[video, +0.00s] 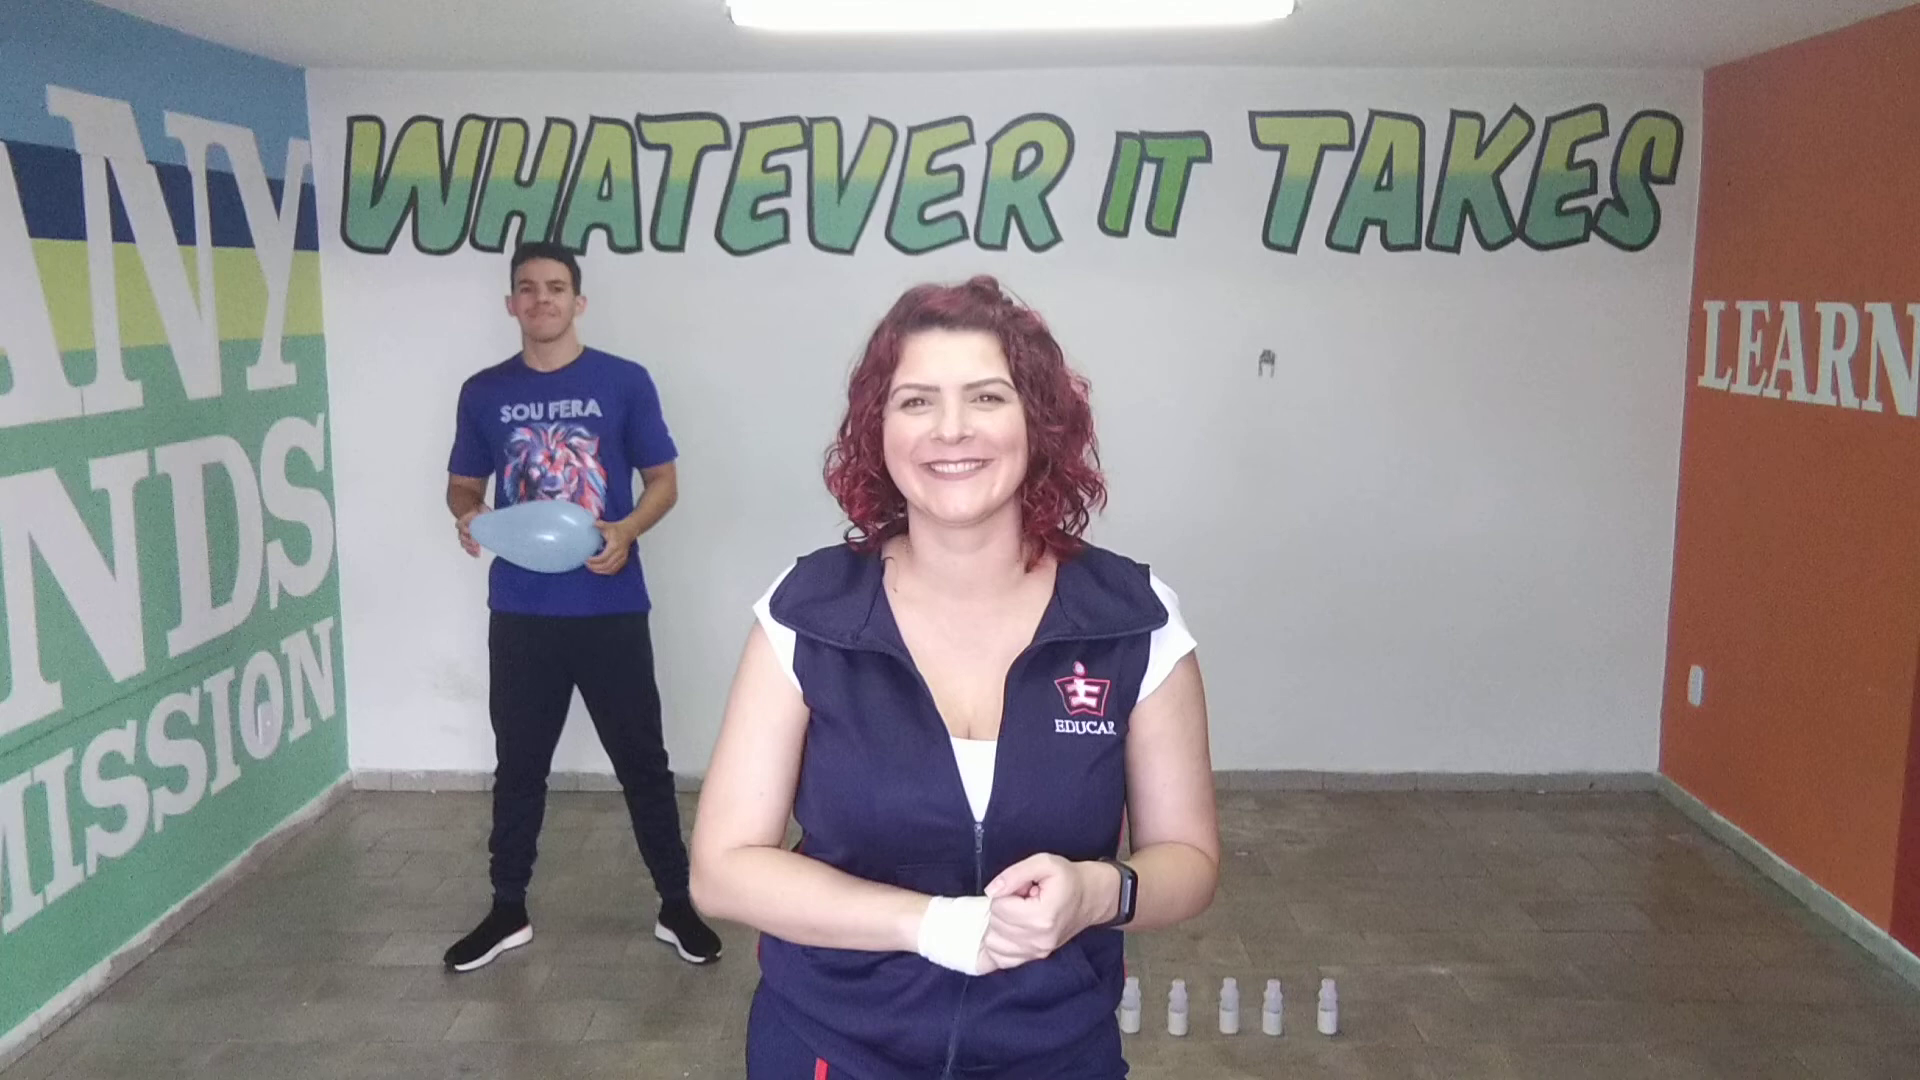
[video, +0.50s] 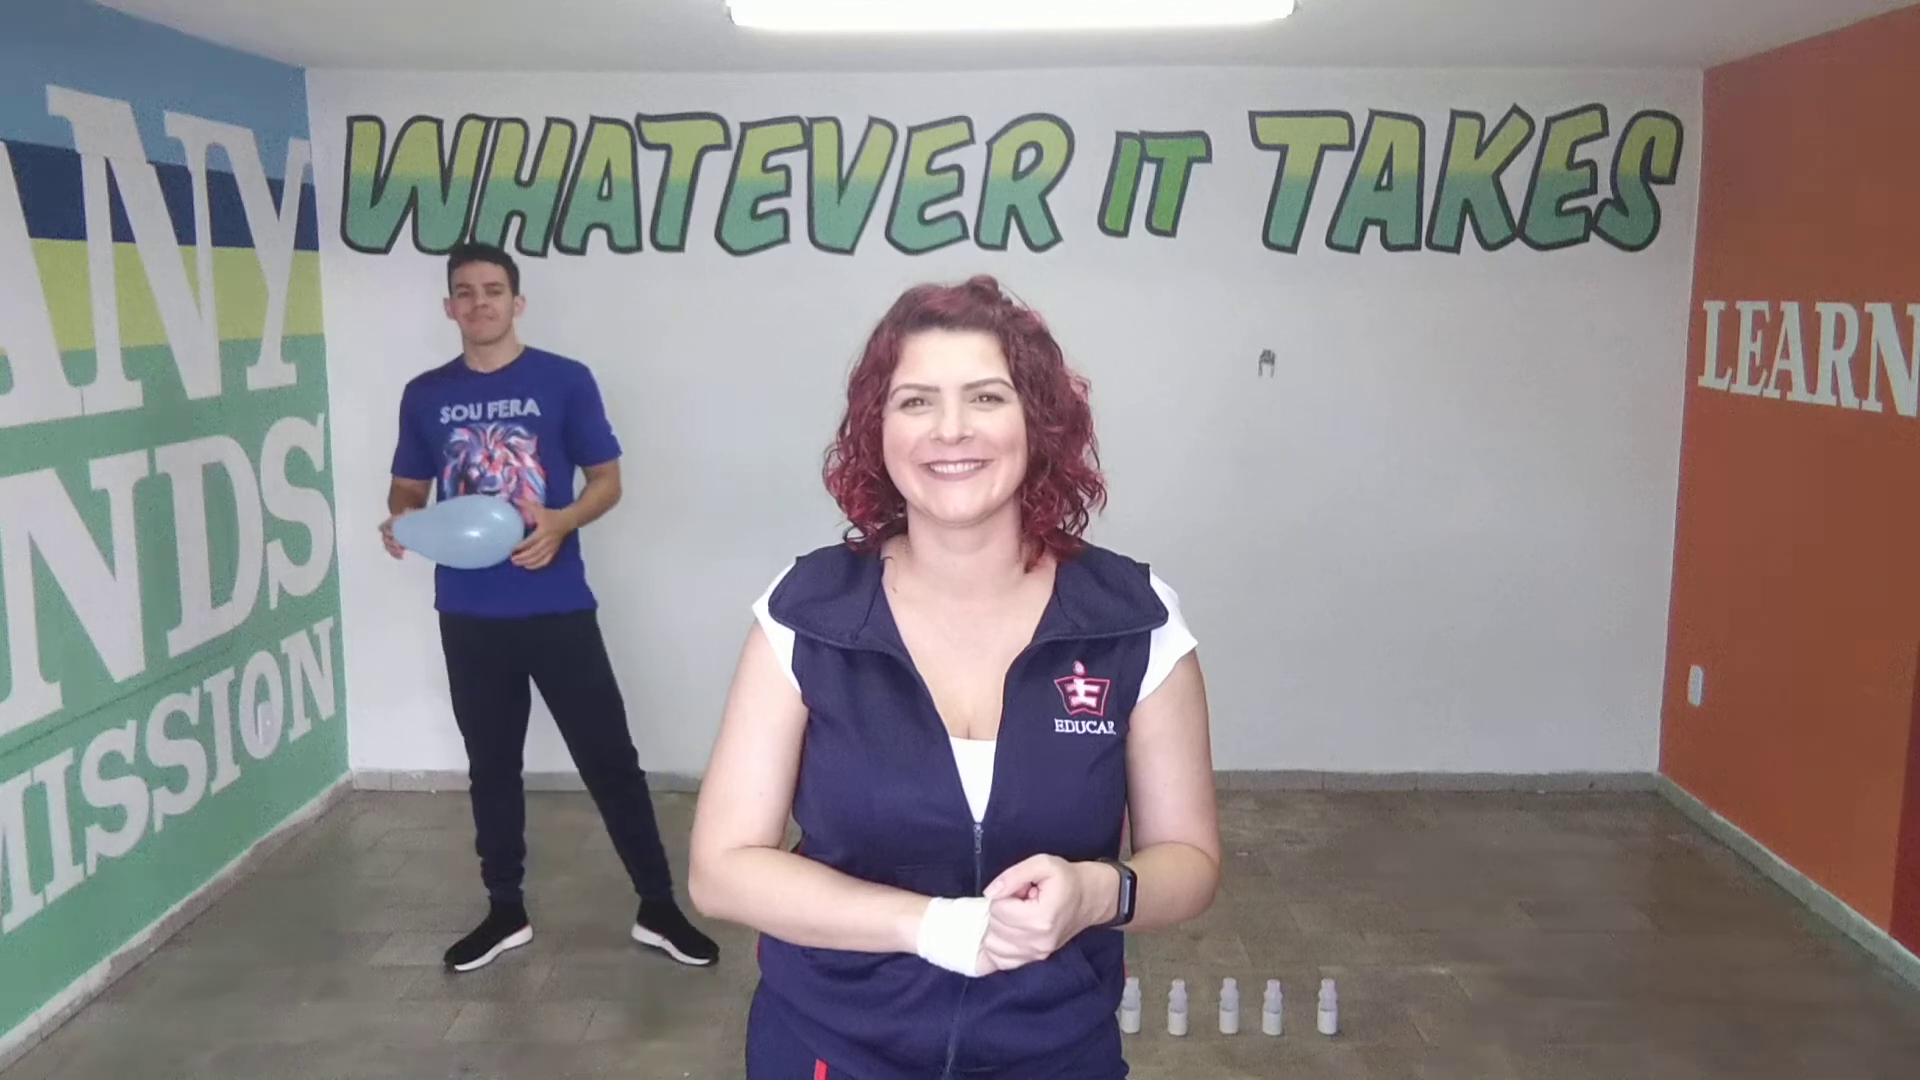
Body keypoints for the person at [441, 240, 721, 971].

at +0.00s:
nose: (541, 299)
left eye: (555, 288)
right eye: (528, 289)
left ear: (579, 301)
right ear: (511, 304)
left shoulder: (625, 382)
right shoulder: (484, 393)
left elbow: (664, 483)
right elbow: (464, 484)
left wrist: (630, 527)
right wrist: (470, 514)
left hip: (611, 613)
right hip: (523, 616)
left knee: (645, 766)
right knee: (518, 769)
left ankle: (678, 903)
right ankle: (508, 910)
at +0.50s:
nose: (477, 304)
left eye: (490, 292)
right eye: (464, 293)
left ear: (517, 303)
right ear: (450, 307)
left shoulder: (565, 382)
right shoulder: (426, 395)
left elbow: (608, 482)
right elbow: (409, 490)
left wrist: (564, 521)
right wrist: (402, 520)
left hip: (559, 612)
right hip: (473, 618)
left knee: (612, 762)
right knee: (492, 770)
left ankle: (657, 906)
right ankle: (506, 912)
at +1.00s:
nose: (469, 302)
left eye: (482, 290)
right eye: (456, 292)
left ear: (507, 301)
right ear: (439, 305)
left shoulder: (556, 380)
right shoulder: (418, 395)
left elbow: (602, 479)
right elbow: (398, 488)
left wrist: (556, 531)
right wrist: (405, 525)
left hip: (548, 610)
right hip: (466, 614)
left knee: (571, 755)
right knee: (488, 766)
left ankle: (581, 867)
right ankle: (507, 909)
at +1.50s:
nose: (520, 299)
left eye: (534, 287)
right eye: (508, 287)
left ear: (557, 299)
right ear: (493, 298)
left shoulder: (598, 383)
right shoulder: (459, 384)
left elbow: (632, 482)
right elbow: (428, 477)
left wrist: (601, 533)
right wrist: (448, 517)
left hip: (575, 605)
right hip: (493, 607)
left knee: (579, 753)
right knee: (504, 757)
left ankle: (576, 882)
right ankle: (506, 909)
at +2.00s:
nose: (550, 300)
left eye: (564, 289)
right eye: (538, 288)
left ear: (585, 300)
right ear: (521, 298)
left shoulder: (623, 384)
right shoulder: (486, 383)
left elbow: (653, 480)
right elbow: (452, 476)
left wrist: (629, 533)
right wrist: (477, 514)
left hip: (595, 601)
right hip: (516, 600)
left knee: (585, 749)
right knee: (514, 754)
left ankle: (575, 882)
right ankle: (507, 908)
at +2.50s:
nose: (564, 305)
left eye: (578, 293)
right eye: (553, 293)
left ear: (598, 302)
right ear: (536, 300)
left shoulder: (636, 385)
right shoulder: (500, 382)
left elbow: (663, 480)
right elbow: (466, 475)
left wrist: (643, 530)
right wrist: (492, 512)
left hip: (607, 598)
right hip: (529, 598)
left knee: (592, 745)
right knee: (522, 748)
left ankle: (575, 882)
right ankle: (508, 906)